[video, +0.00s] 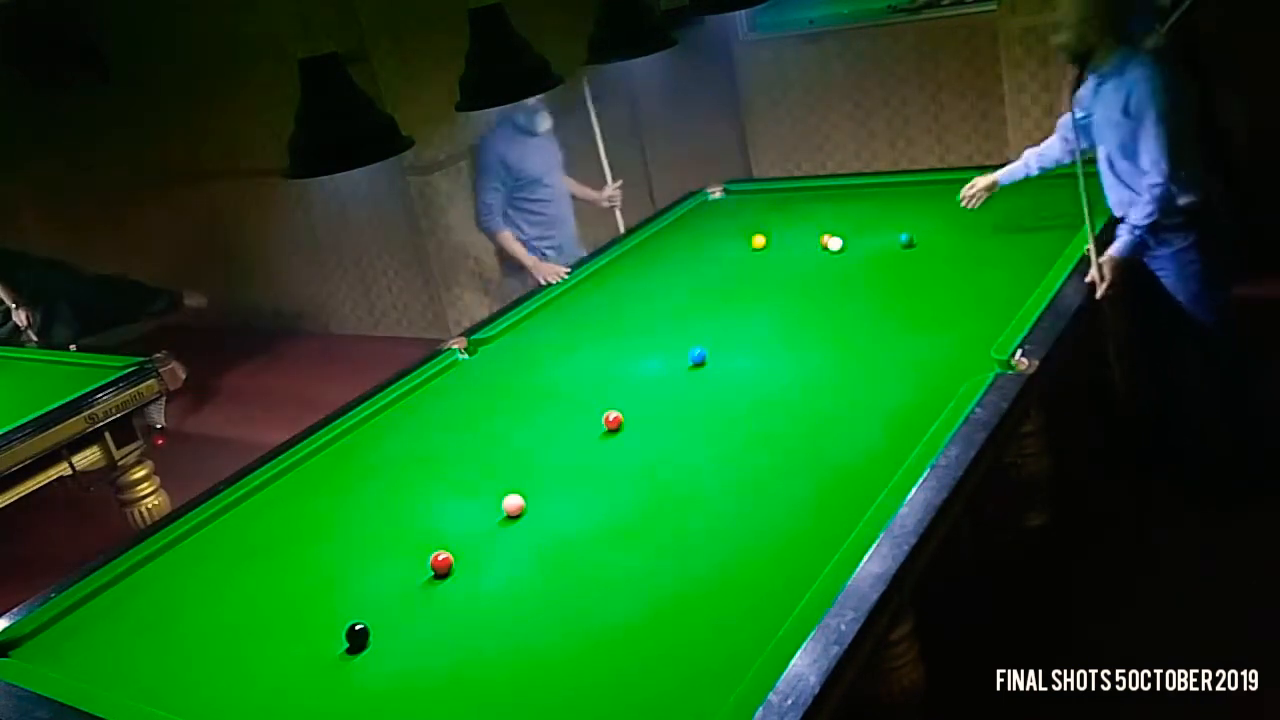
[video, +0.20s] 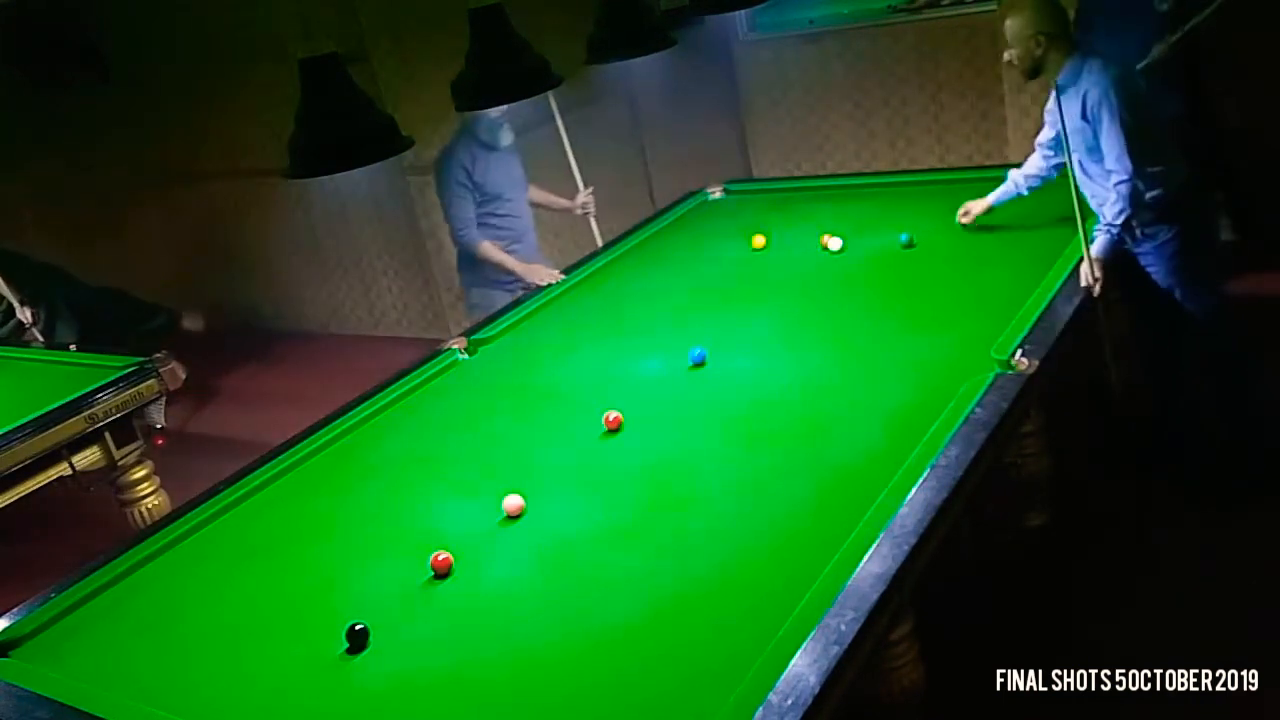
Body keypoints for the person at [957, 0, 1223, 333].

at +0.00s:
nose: (1058, 38)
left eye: (1066, 27)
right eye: (1057, 28)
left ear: (1094, 26)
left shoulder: (1145, 77)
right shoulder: (1093, 88)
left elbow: (1159, 179)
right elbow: (1061, 146)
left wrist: (1118, 251)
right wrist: (996, 179)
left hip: (1175, 234)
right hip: (1135, 233)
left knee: (1207, 351)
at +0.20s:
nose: (1006, 57)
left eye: (1012, 47)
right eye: (1006, 47)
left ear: (1039, 44)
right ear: (1040, 45)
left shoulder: (1100, 83)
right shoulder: (1062, 93)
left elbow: (1124, 176)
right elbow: (1044, 160)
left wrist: (1099, 249)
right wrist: (989, 201)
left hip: (1154, 226)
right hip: (1122, 228)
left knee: (1198, 321)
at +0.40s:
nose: (998, 62)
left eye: (1003, 52)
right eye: (996, 52)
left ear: (1034, 47)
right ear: (1033, 48)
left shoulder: (1087, 90)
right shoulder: (1061, 89)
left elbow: (1112, 179)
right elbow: (1076, 167)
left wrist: (1097, 249)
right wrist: (1042, 211)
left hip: (1157, 235)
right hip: (1129, 234)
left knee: (1200, 337)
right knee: (1161, 344)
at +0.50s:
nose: (1010, 54)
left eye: (1016, 43)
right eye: (1009, 43)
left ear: (1046, 41)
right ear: (1046, 41)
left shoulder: (1096, 87)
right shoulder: (1072, 83)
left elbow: (1115, 182)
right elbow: (1098, 160)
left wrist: (1098, 252)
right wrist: (1075, 204)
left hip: (1155, 233)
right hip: (1129, 231)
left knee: (1198, 332)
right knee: (1160, 340)